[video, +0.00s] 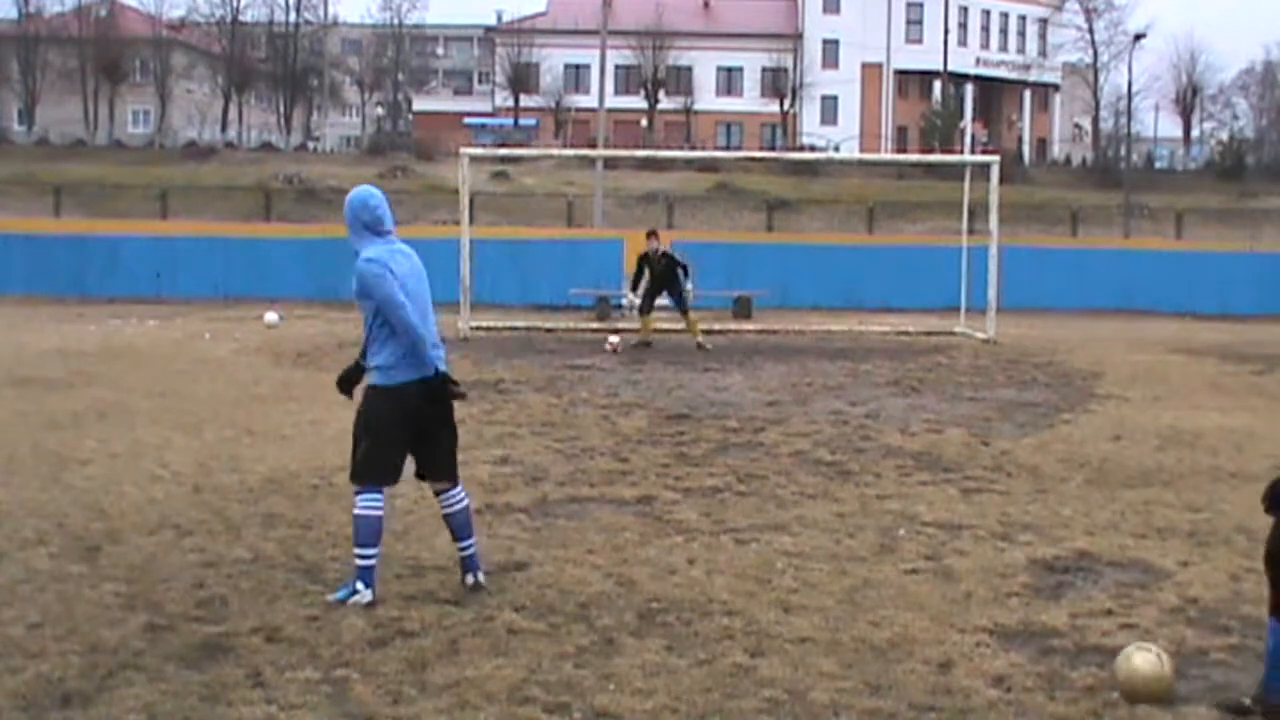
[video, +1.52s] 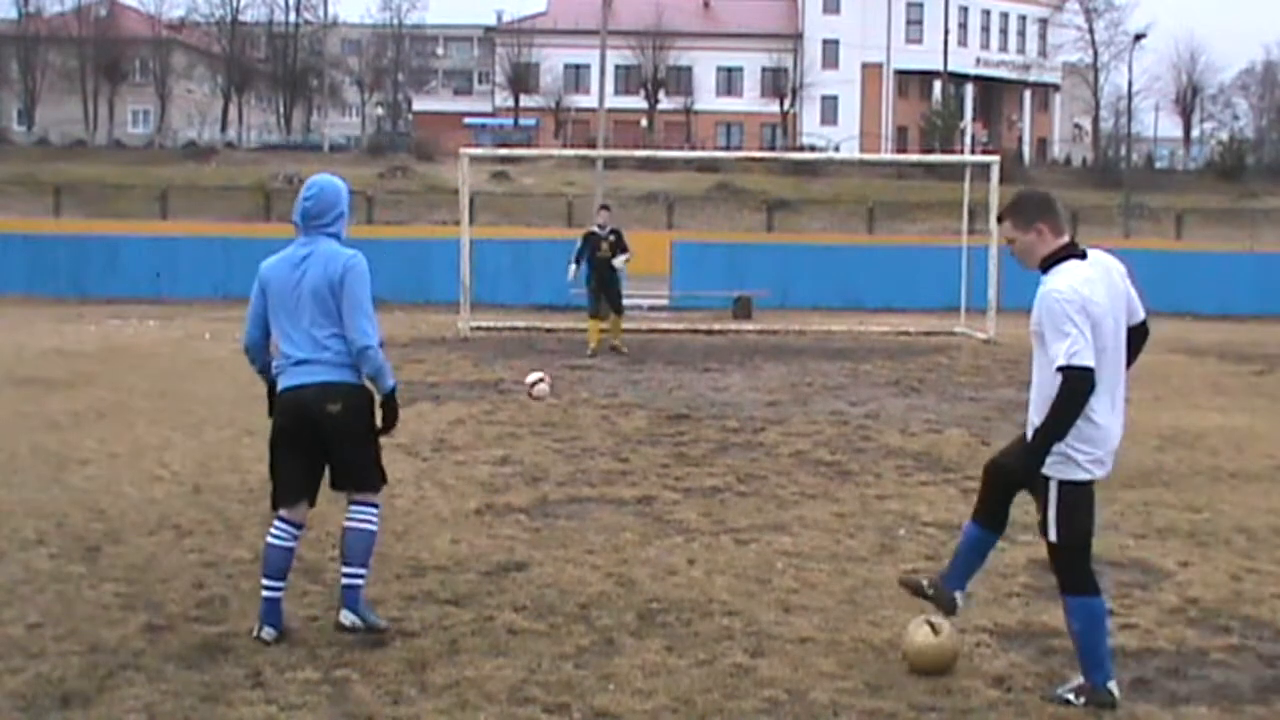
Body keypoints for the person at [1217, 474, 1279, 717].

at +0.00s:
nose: (1265, 507)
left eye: (1268, 503)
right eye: (1266, 502)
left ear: (1273, 503)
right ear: (1272, 503)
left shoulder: (1274, 537)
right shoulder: (1273, 533)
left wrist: (1272, 610)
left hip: (1275, 616)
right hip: (1274, 615)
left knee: (1273, 660)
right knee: (1271, 660)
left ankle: (1267, 698)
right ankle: (1265, 698)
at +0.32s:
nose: (1211, 247)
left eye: (1213, 235)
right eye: (1209, 236)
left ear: (1235, 229)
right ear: (1243, 228)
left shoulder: (1264, 296)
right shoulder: (1258, 292)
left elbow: (1272, 403)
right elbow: (1259, 405)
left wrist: (1261, 495)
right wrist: (1242, 490)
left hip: (1260, 485)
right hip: (1248, 481)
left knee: (1252, 595)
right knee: (1249, 594)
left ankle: (1258, 705)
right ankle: (1258, 703)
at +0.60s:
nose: (1124, 258)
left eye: (1122, 248)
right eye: (1121, 249)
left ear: (1137, 240)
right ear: (1172, 235)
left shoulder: (1168, 300)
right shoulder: (1226, 277)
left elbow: (1192, 386)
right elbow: (1258, 348)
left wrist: (1175, 477)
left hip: (1192, 471)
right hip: (1248, 465)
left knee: (1135, 559)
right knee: (1229, 564)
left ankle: (1110, 681)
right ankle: (1257, 701)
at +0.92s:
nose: (1055, 246)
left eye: (1054, 239)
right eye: (1056, 238)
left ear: (1063, 238)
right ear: (1101, 228)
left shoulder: (1087, 299)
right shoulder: (1159, 272)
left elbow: (1087, 388)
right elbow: (1194, 348)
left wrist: (1029, 447)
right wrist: (1155, 392)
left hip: (1122, 455)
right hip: (1177, 442)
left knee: (1090, 556)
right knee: (1168, 523)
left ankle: (1099, 684)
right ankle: (1183, 630)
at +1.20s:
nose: (1022, 252)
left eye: (1021, 243)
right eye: (1019, 243)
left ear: (1039, 236)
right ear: (1068, 227)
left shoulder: (1058, 296)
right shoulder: (1126, 259)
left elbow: (1064, 384)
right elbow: (1172, 326)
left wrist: (1019, 439)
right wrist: (1128, 371)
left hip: (1105, 441)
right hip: (1151, 426)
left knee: (1094, 561)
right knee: (1073, 469)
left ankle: (1100, 684)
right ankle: (1056, 591)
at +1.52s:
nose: (1011, 254)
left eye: (1013, 243)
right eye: (1008, 244)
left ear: (1040, 232)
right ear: (1050, 232)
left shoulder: (1058, 291)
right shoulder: (1106, 265)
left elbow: (1078, 380)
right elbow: (1137, 330)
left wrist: (1035, 454)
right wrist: (1104, 383)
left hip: (1068, 446)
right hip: (1086, 431)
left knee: (1071, 564)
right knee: (999, 473)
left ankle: (1098, 685)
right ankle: (950, 586)